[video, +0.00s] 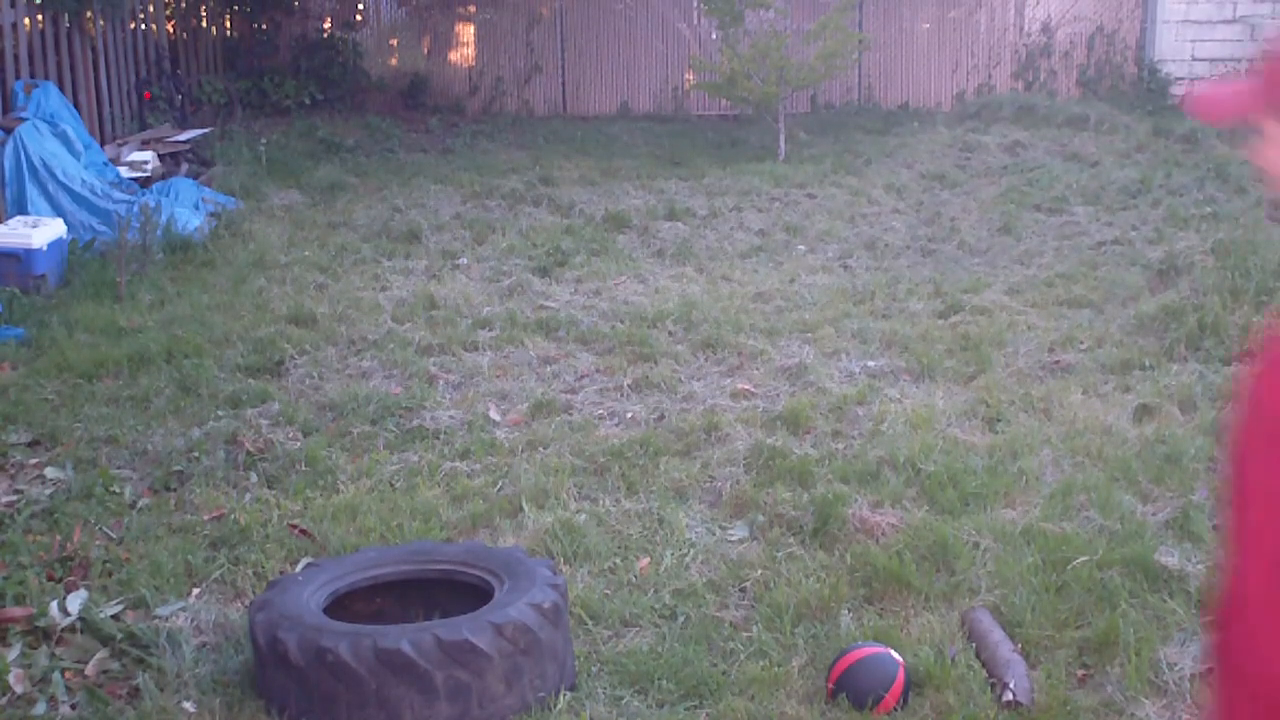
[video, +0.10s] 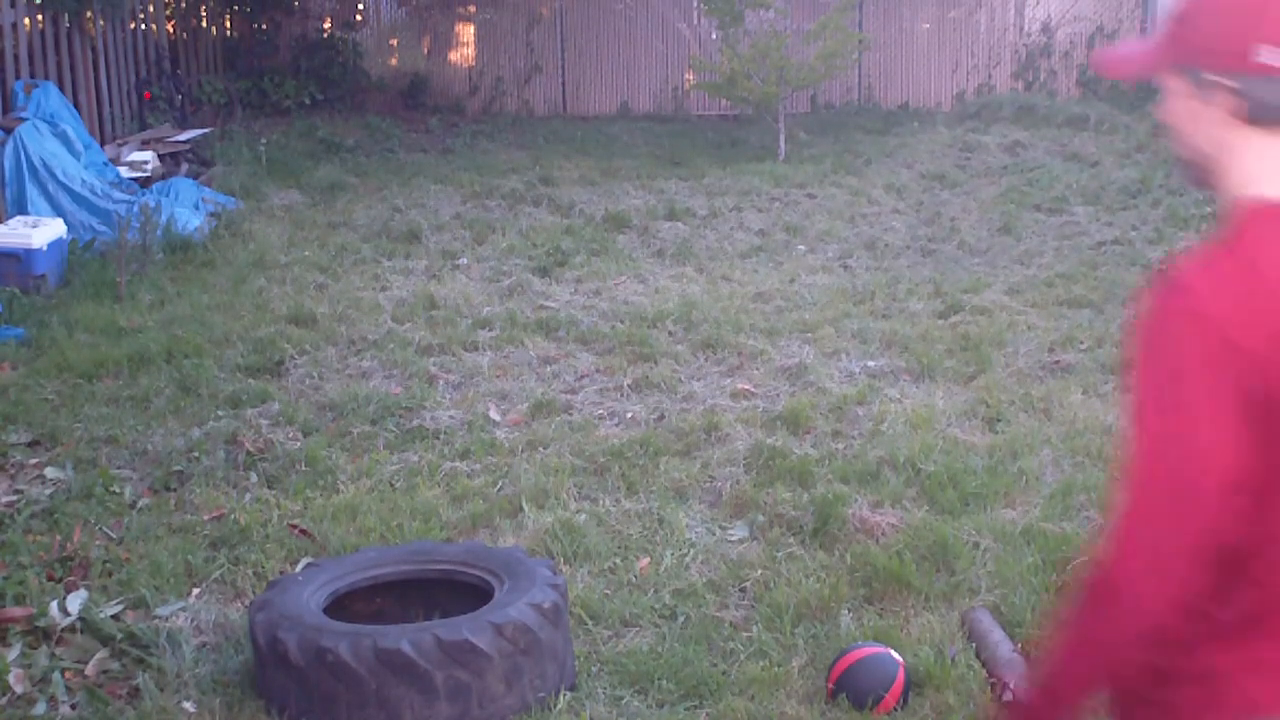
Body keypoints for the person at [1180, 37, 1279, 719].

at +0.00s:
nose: (1254, 157)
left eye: (1261, 133)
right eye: (1253, 134)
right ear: (1256, 137)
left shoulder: (1267, 367)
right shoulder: (1262, 360)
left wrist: (1247, 696)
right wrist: (1241, 692)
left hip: (1258, 690)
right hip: (1250, 684)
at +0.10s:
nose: (1159, 111)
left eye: (1168, 89)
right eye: (1161, 90)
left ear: (1224, 98)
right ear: (1233, 97)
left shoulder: (1213, 293)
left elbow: (1159, 559)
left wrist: (1043, 696)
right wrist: (1056, 681)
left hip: (1210, 695)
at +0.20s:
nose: (1074, 100)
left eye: (1084, 79)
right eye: (1076, 79)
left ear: (1133, 89)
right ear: (1216, 81)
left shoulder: (1117, 267)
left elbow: (1031, 512)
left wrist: (871, 628)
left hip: (1140, 678)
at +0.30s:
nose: (997, 121)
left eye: (1004, 102)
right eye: (999, 101)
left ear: (1046, 110)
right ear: (1137, 101)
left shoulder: (1028, 284)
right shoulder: (1240, 253)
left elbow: (926, 490)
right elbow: (1272, 442)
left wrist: (769, 571)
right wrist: (1278, 599)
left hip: (1052, 656)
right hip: (1181, 627)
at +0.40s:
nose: (938, 133)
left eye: (942, 114)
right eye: (940, 113)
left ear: (973, 120)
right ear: (1064, 116)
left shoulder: (945, 280)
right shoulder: (1149, 257)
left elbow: (852, 481)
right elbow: (1208, 441)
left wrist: (708, 557)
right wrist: (1246, 572)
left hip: (971, 641)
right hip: (1088, 612)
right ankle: (888, 690)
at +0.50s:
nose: (881, 110)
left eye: (884, 93)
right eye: (881, 94)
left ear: (910, 98)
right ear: (996, 95)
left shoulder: (881, 243)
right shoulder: (1076, 228)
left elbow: (800, 438)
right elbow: (1116, 397)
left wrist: (706, 561)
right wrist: (1145, 528)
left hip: (902, 591)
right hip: (1028, 567)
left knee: (841, 704)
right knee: (984, 708)